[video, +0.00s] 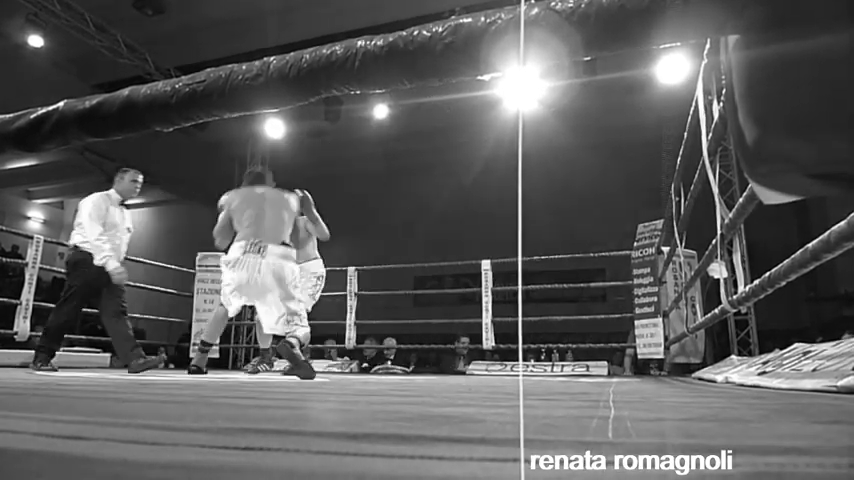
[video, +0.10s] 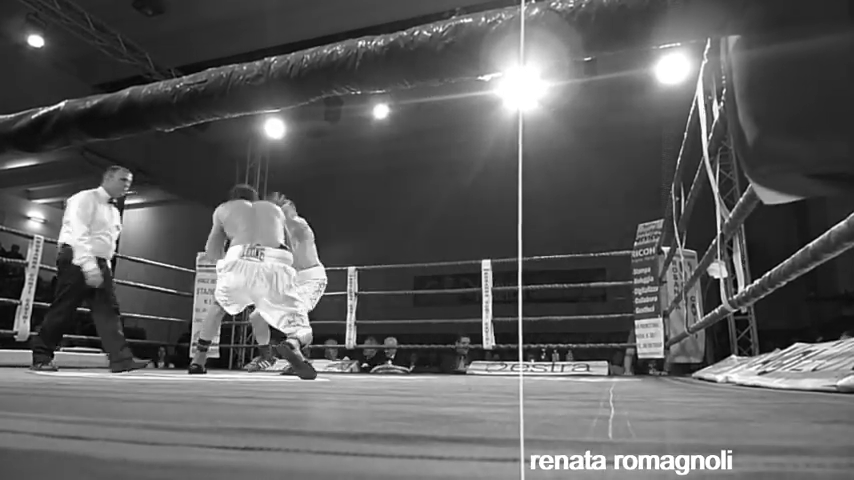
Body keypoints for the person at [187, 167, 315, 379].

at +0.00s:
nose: (275, 184)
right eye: (273, 181)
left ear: (245, 183)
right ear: (270, 182)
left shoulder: (231, 197)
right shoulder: (291, 199)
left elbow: (221, 241)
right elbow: (299, 240)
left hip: (240, 264)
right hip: (280, 268)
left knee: (225, 306)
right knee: (297, 320)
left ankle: (199, 360)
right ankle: (291, 343)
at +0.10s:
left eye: (229, 201)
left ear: (232, 199)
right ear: (256, 198)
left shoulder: (223, 210)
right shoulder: (276, 209)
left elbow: (212, 253)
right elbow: (291, 245)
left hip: (238, 268)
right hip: (277, 269)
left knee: (217, 308)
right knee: (301, 326)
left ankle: (198, 361)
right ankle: (292, 344)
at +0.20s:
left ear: (229, 210)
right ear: (252, 209)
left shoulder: (218, 219)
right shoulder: (272, 217)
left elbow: (213, 258)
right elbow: (292, 256)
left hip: (235, 268)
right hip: (274, 269)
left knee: (217, 308)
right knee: (305, 324)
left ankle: (198, 361)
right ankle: (292, 346)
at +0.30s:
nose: (287, 217)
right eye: (286, 213)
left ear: (261, 207)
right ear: (282, 210)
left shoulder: (232, 216)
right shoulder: (285, 217)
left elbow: (214, 251)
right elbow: (299, 253)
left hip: (224, 261)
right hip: (263, 263)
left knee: (222, 305)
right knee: (306, 320)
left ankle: (198, 361)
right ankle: (294, 352)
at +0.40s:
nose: (302, 204)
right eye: (302, 201)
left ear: (279, 192)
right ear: (298, 196)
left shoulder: (250, 203)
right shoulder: (299, 202)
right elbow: (307, 249)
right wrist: (314, 234)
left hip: (224, 253)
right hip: (259, 254)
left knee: (229, 304)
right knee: (308, 315)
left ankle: (200, 359)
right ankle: (288, 359)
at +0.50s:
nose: (321, 173)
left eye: (321, 171)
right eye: (321, 170)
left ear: (293, 165)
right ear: (317, 167)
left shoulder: (268, 178)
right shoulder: (313, 178)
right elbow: (325, 228)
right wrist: (327, 202)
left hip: (240, 236)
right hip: (272, 237)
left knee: (241, 299)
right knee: (308, 303)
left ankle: (213, 357)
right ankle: (287, 360)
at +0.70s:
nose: (322, 147)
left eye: (319, 144)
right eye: (321, 144)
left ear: (294, 142)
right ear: (318, 143)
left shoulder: (273, 158)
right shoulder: (324, 157)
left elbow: (255, 197)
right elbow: (338, 202)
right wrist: (327, 176)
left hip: (256, 223)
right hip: (290, 224)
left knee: (263, 288)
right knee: (304, 291)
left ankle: (245, 355)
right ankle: (288, 357)